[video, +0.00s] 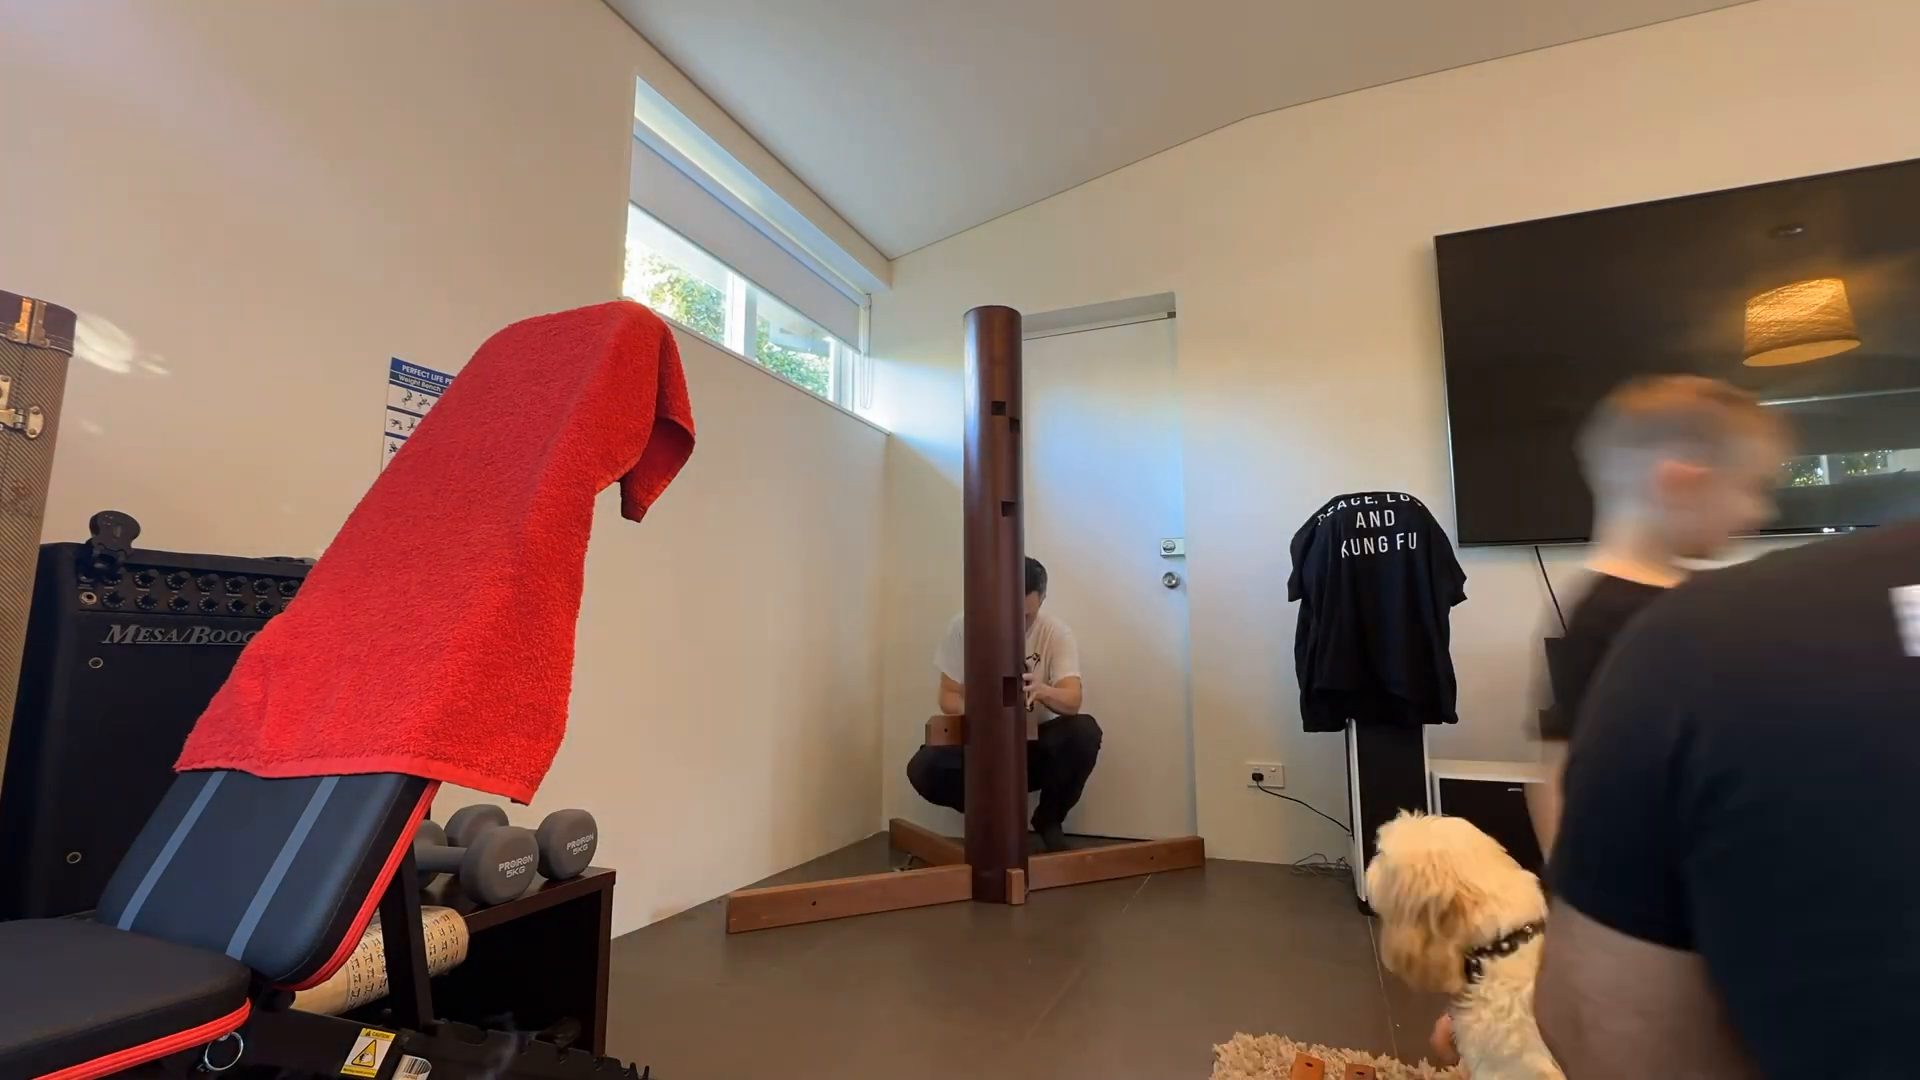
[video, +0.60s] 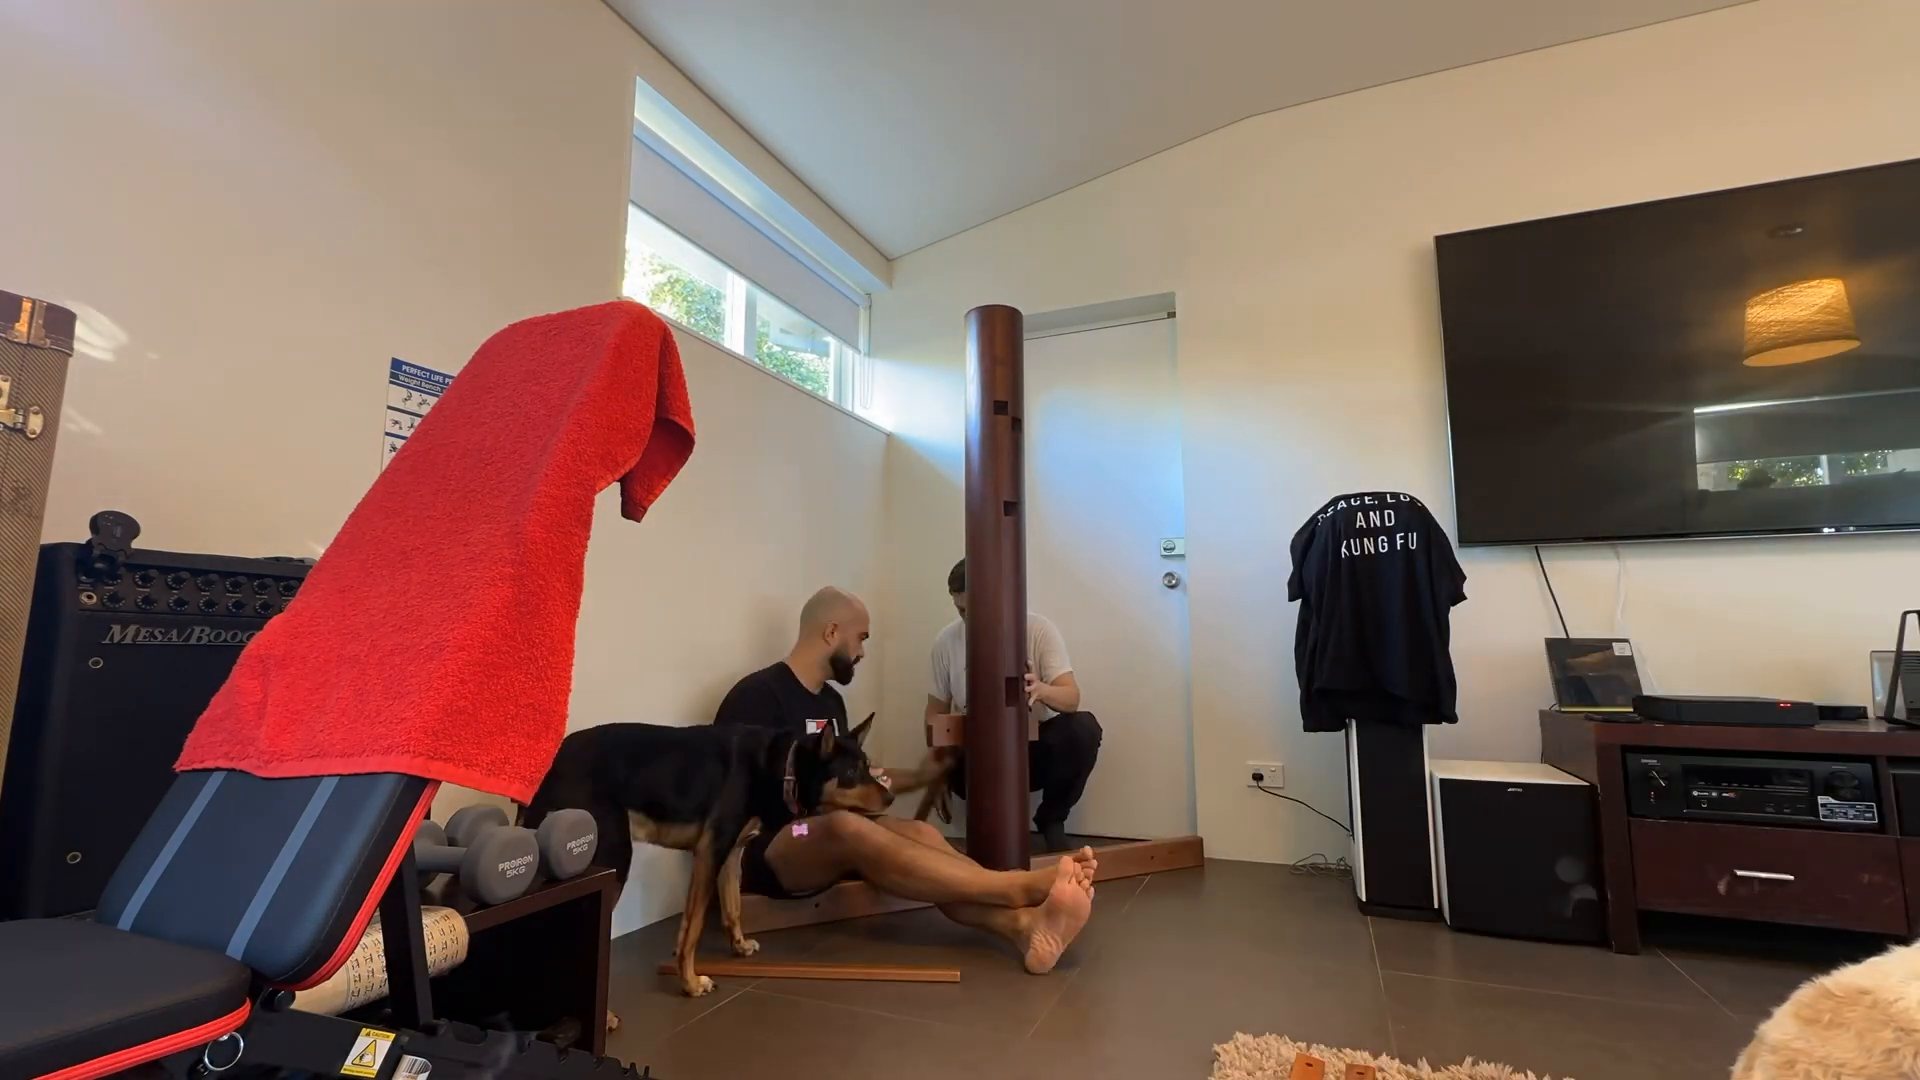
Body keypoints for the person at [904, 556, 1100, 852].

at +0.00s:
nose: (1020, 621)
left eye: (1028, 614)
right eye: (1013, 614)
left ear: (1041, 601)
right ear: (995, 603)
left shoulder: (1054, 633)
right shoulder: (965, 627)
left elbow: (1072, 703)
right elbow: (948, 701)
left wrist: (1043, 691)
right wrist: (994, 700)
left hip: (1033, 749)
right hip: (980, 750)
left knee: (1083, 732)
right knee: (924, 767)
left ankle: (1049, 819)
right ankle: (995, 815)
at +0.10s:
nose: (1019, 622)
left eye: (1028, 614)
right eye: (1011, 613)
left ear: (1041, 601)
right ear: (993, 603)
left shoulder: (1054, 632)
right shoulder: (966, 626)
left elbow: (1072, 701)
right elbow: (945, 696)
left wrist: (1042, 691)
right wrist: (976, 715)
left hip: (1036, 734)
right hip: (984, 734)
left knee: (1084, 726)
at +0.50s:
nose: (996, 590)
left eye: (1005, 580)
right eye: (988, 581)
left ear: (1019, 581)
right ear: (976, 583)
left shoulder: (1047, 632)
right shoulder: (958, 633)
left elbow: (1073, 699)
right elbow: (920, 696)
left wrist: (1043, 690)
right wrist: (932, 721)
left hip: (1035, 750)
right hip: (981, 753)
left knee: (1083, 729)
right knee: (952, 762)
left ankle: (1052, 820)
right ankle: (996, 829)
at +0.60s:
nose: (862, 652)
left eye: (865, 642)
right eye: (861, 638)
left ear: (827, 633)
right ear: (829, 632)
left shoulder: (831, 702)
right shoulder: (754, 696)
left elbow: (844, 779)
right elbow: (738, 798)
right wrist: (847, 793)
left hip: (826, 838)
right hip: (760, 849)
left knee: (922, 835)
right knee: (848, 830)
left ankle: (1027, 931)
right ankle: (1021, 884)